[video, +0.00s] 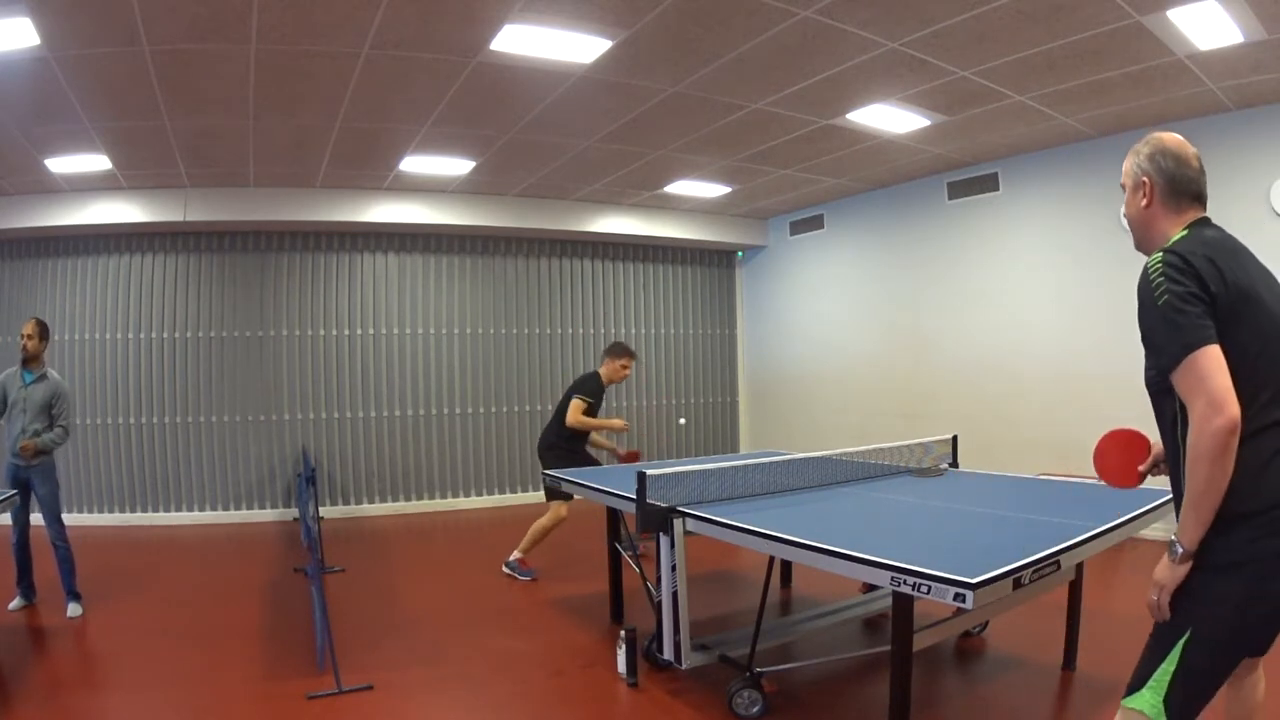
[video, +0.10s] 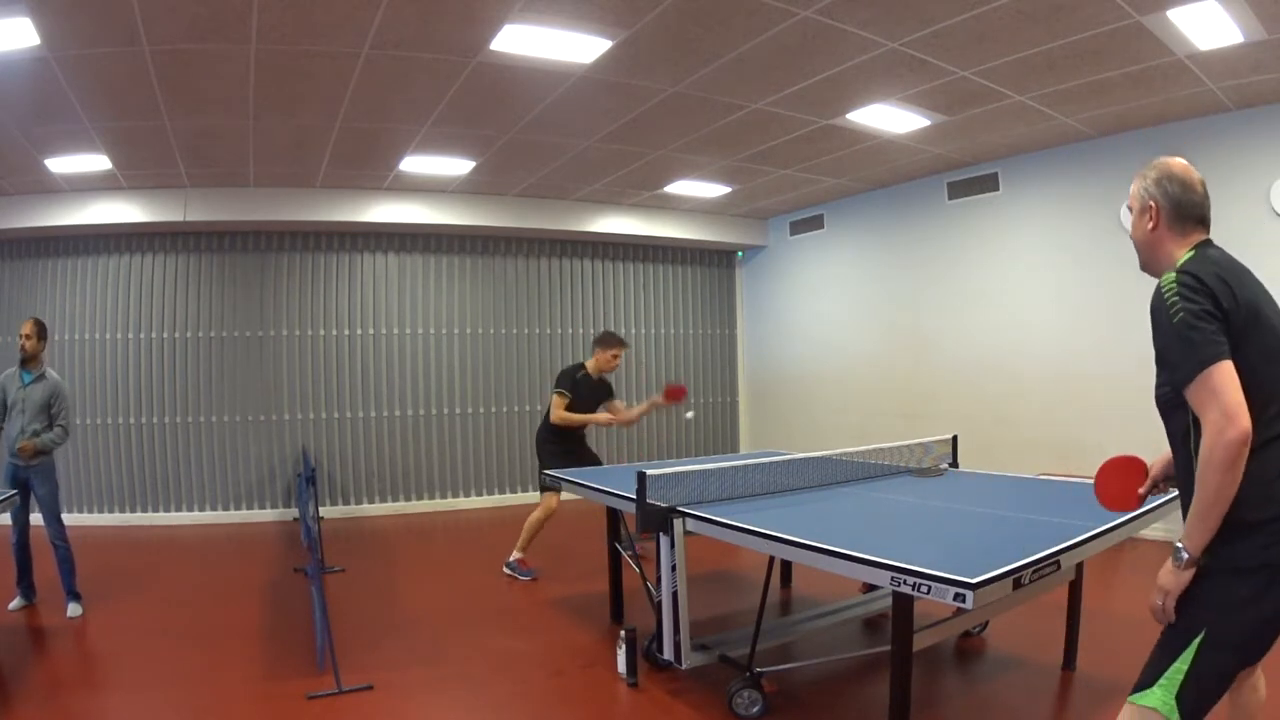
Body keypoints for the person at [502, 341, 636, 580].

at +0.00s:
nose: (628, 374)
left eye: (629, 369)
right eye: (625, 368)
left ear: (613, 365)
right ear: (609, 363)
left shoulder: (598, 388)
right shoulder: (589, 383)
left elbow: (585, 432)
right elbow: (572, 419)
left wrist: (614, 448)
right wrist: (609, 423)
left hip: (575, 450)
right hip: (555, 450)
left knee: (612, 487)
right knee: (558, 512)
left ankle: (622, 540)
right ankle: (515, 558)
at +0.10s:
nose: (618, 364)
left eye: (620, 358)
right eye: (614, 358)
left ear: (609, 357)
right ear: (599, 354)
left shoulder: (603, 386)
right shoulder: (569, 376)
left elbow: (622, 418)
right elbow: (556, 416)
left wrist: (652, 403)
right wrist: (595, 418)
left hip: (577, 443)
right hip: (552, 443)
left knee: (611, 489)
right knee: (550, 504)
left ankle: (622, 541)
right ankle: (515, 558)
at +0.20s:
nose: (603, 354)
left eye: (605, 349)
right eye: (598, 349)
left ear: (606, 349)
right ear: (582, 348)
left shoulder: (602, 372)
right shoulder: (559, 374)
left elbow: (638, 383)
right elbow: (544, 414)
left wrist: (634, 359)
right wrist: (576, 414)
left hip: (585, 446)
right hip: (554, 447)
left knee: (614, 489)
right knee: (544, 498)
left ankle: (622, 542)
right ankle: (519, 554)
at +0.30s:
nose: (585, 351)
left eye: (587, 346)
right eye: (579, 346)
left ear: (590, 347)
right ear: (564, 347)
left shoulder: (594, 372)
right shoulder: (546, 377)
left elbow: (631, 387)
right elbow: (536, 418)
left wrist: (626, 362)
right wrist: (556, 415)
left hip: (588, 448)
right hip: (555, 450)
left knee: (616, 491)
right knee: (540, 501)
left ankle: (625, 543)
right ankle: (520, 552)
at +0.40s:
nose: (574, 348)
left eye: (577, 343)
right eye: (568, 344)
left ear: (580, 346)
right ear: (555, 346)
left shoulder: (588, 374)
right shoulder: (539, 377)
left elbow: (624, 397)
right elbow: (527, 416)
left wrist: (625, 377)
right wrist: (546, 413)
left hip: (583, 448)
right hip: (549, 450)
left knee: (613, 490)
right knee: (535, 503)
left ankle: (622, 541)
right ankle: (518, 553)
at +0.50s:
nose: (575, 344)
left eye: (578, 339)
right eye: (569, 339)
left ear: (582, 341)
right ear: (557, 341)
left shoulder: (589, 370)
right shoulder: (540, 371)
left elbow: (621, 401)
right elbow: (524, 409)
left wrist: (627, 388)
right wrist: (548, 408)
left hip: (579, 444)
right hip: (546, 447)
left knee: (613, 485)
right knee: (534, 498)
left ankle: (616, 544)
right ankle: (514, 550)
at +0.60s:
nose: (578, 349)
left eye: (582, 344)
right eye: (573, 344)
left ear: (586, 346)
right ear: (561, 345)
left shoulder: (594, 376)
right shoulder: (543, 374)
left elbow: (621, 411)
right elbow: (523, 411)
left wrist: (631, 403)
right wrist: (545, 416)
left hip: (579, 448)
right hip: (546, 449)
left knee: (614, 490)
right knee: (530, 500)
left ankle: (616, 548)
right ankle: (504, 557)